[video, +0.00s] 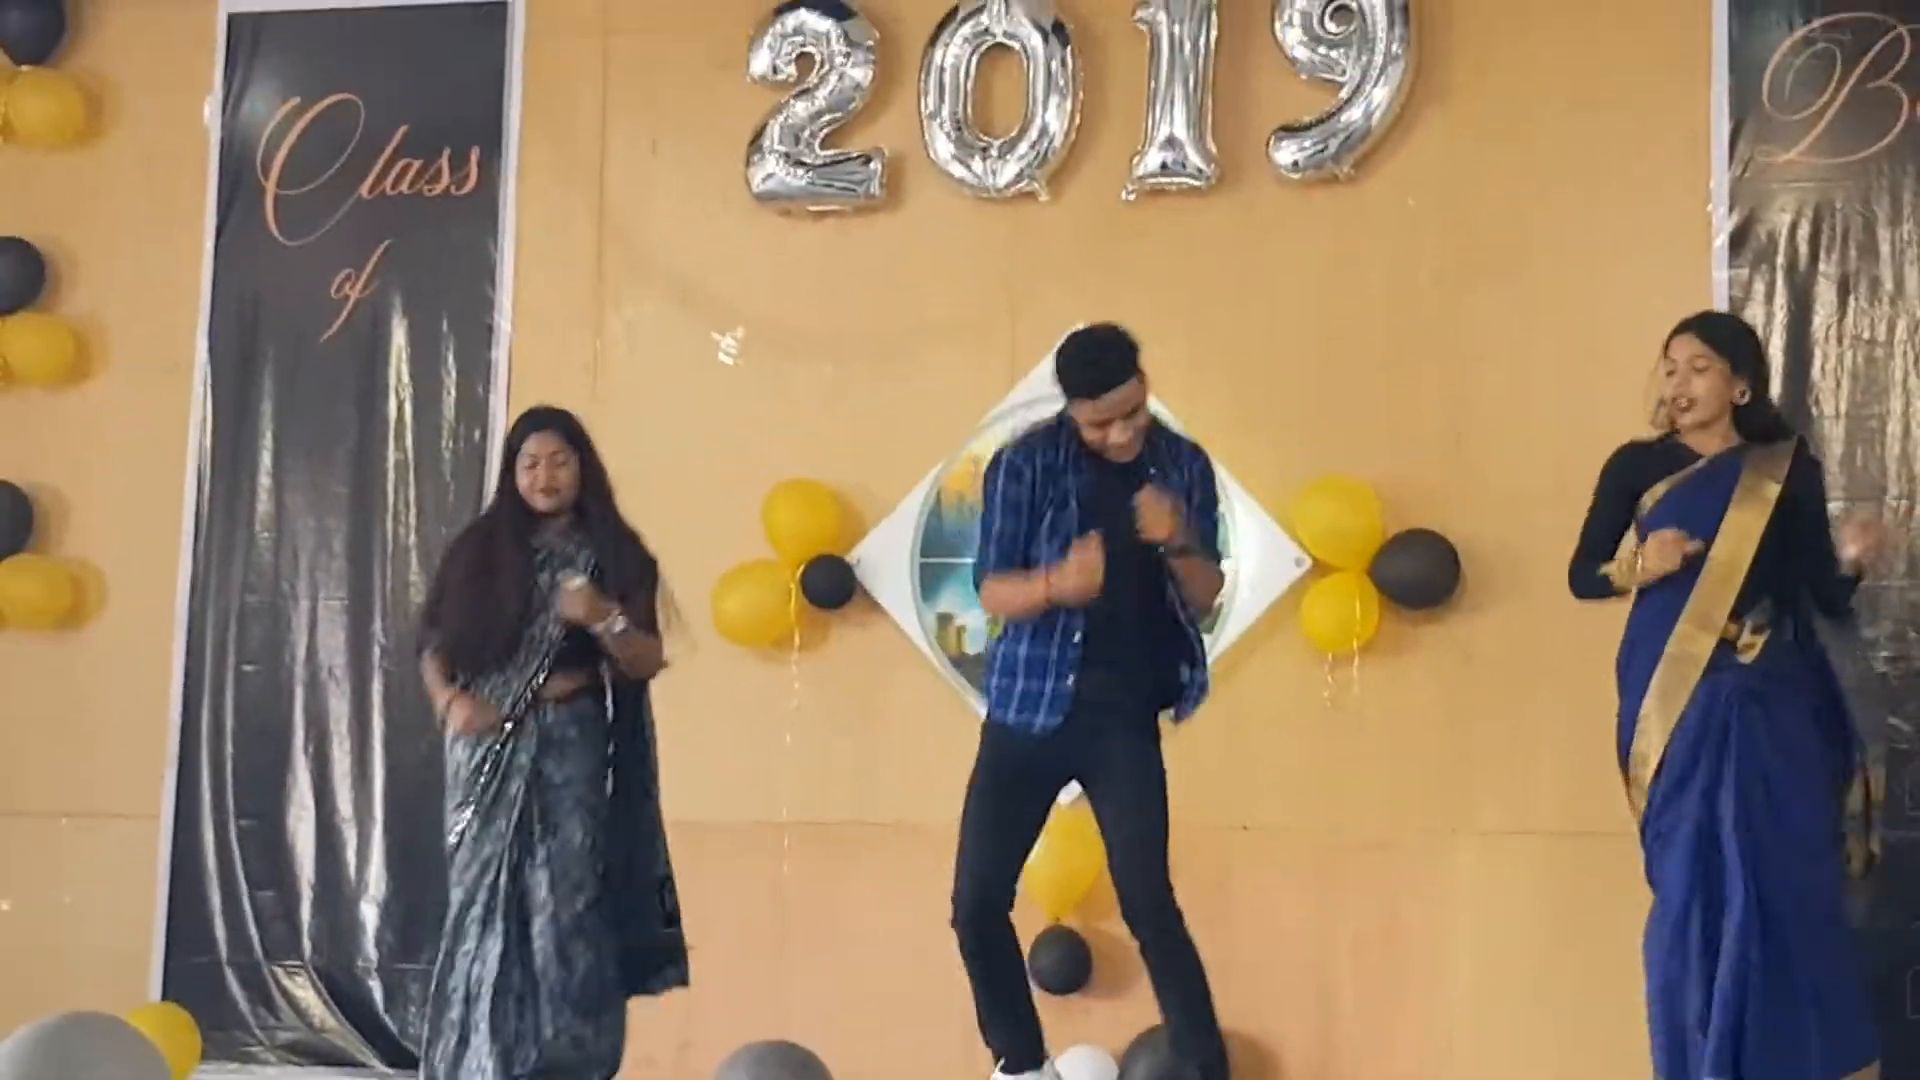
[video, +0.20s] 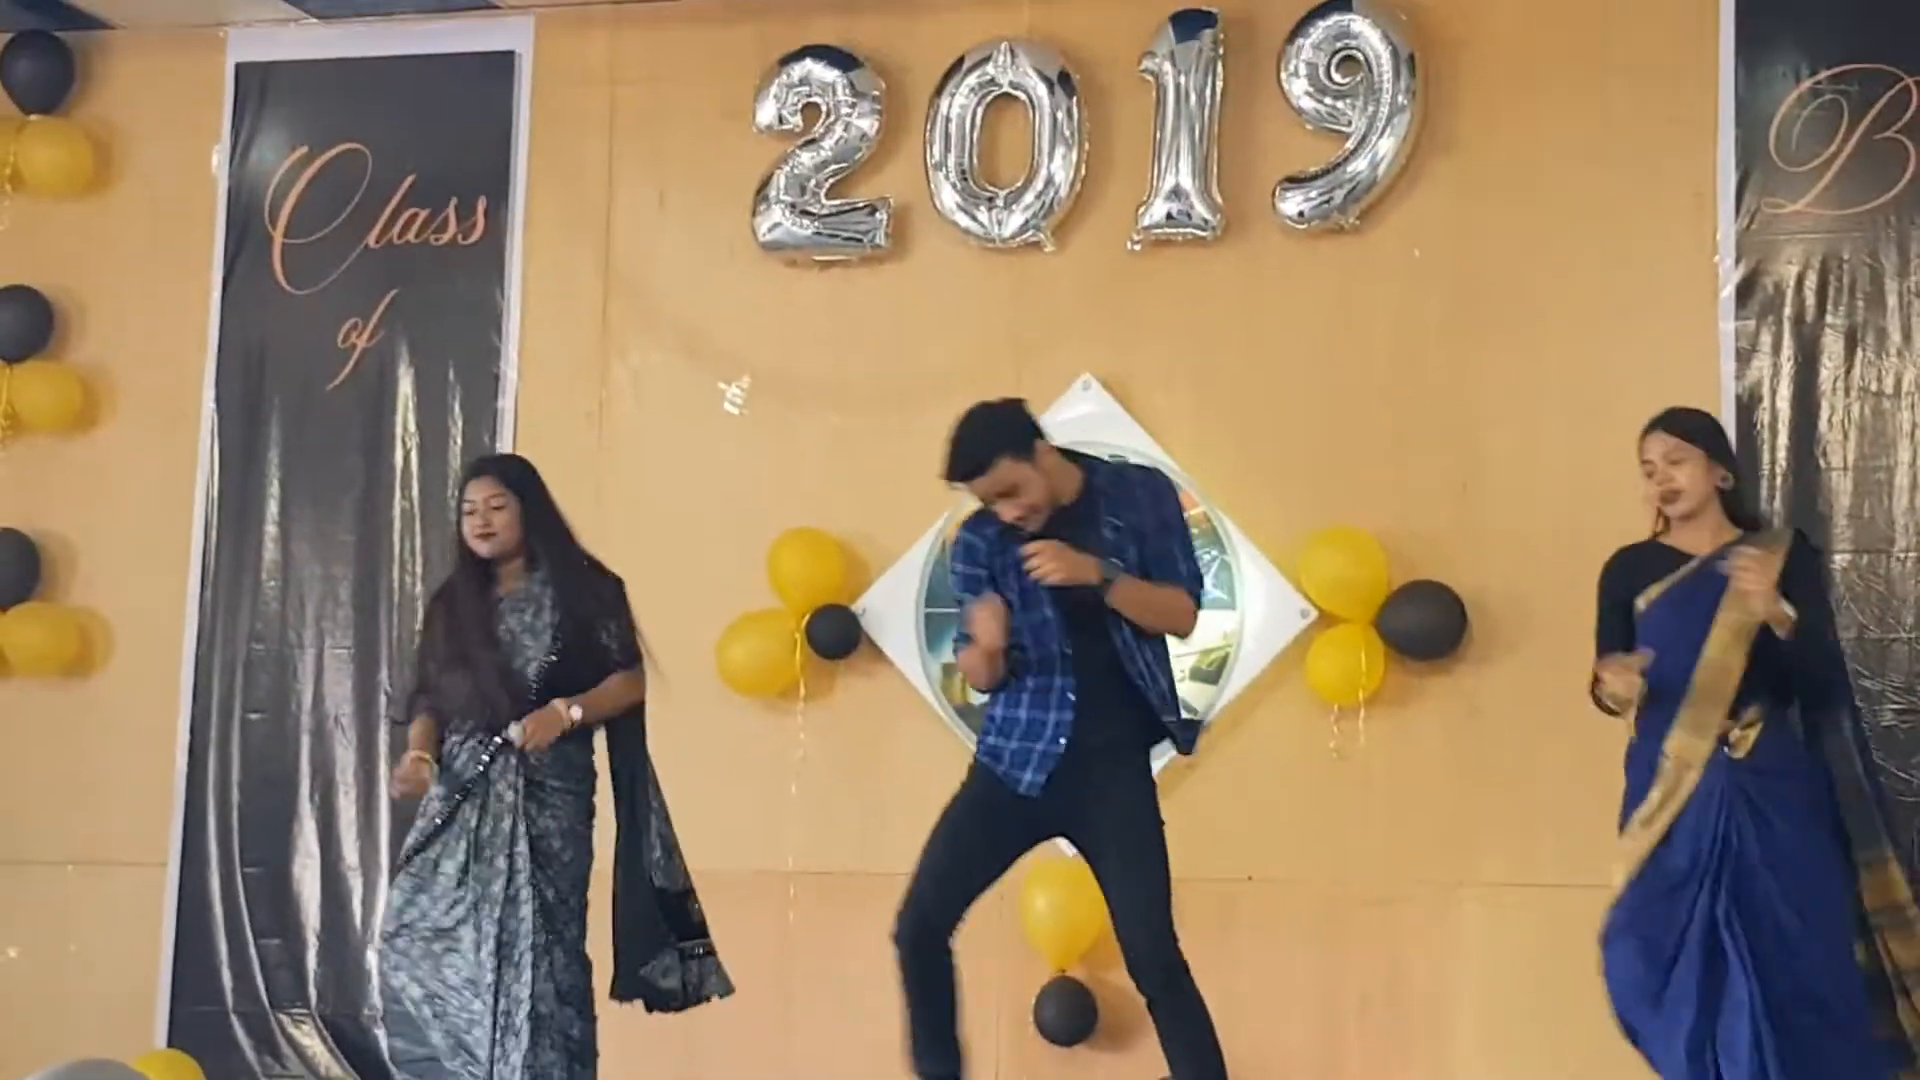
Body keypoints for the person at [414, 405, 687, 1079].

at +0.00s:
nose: (544, 474)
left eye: (559, 460)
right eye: (530, 463)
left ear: (583, 469)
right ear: (513, 475)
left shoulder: (619, 553)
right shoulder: (479, 549)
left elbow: (647, 660)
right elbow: (432, 647)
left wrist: (603, 621)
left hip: (577, 746)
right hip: (487, 748)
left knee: (571, 914)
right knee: (485, 911)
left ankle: (569, 1062)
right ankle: (482, 1062)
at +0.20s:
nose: (481, 521)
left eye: (497, 506)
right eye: (470, 509)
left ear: (530, 512)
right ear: (459, 521)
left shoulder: (589, 587)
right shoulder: (451, 602)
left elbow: (632, 682)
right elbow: (428, 697)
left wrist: (568, 711)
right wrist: (420, 751)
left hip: (550, 797)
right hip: (464, 797)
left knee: (543, 954)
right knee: (427, 945)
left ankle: (539, 1069)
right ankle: (455, 1068)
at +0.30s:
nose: (445, 530)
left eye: (460, 516)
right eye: (434, 520)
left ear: (494, 522)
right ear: (423, 534)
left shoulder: (545, 592)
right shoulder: (420, 618)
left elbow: (609, 686)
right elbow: (404, 718)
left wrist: (551, 740)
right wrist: (394, 763)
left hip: (522, 803)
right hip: (437, 808)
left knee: (519, 966)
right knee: (418, 962)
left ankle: (516, 1068)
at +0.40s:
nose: (411, 541)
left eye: (429, 529)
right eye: (400, 531)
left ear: (460, 543)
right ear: (390, 546)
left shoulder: (506, 618)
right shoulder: (381, 635)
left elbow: (570, 709)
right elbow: (378, 742)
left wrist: (526, 776)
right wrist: (349, 781)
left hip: (487, 822)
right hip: (403, 825)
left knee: (493, 984)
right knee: (358, 973)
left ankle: (493, 1072)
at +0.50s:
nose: (382, 532)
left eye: (399, 521)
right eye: (371, 521)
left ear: (427, 536)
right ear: (357, 536)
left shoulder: (469, 617)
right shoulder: (339, 625)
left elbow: (526, 706)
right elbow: (322, 723)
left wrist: (490, 762)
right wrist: (295, 755)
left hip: (442, 823)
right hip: (356, 823)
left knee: (441, 983)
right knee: (340, 977)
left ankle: (447, 1073)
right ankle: (338, 1072)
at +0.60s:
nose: (361, 502)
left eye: (379, 492)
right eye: (351, 491)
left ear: (407, 508)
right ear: (337, 505)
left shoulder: (442, 585)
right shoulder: (316, 590)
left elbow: (503, 673)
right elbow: (291, 688)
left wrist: (457, 722)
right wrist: (254, 693)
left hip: (417, 788)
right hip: (334, 789)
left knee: (420, 949)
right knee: (325, 945)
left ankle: (428, 1069)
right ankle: (322, 1068)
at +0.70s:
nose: (348, 450)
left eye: (365, 439)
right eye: (338, 438)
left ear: (392, 453)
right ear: (320, 452)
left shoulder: (425, 528)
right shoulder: (297, 534)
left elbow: (482, 615)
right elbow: (258, 636)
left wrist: (427, 665)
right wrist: (232, 623)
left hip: (402, 742)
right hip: (318, 743)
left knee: (399, 905)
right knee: (312, 899)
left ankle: (397, 1059)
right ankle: (306, 1056)